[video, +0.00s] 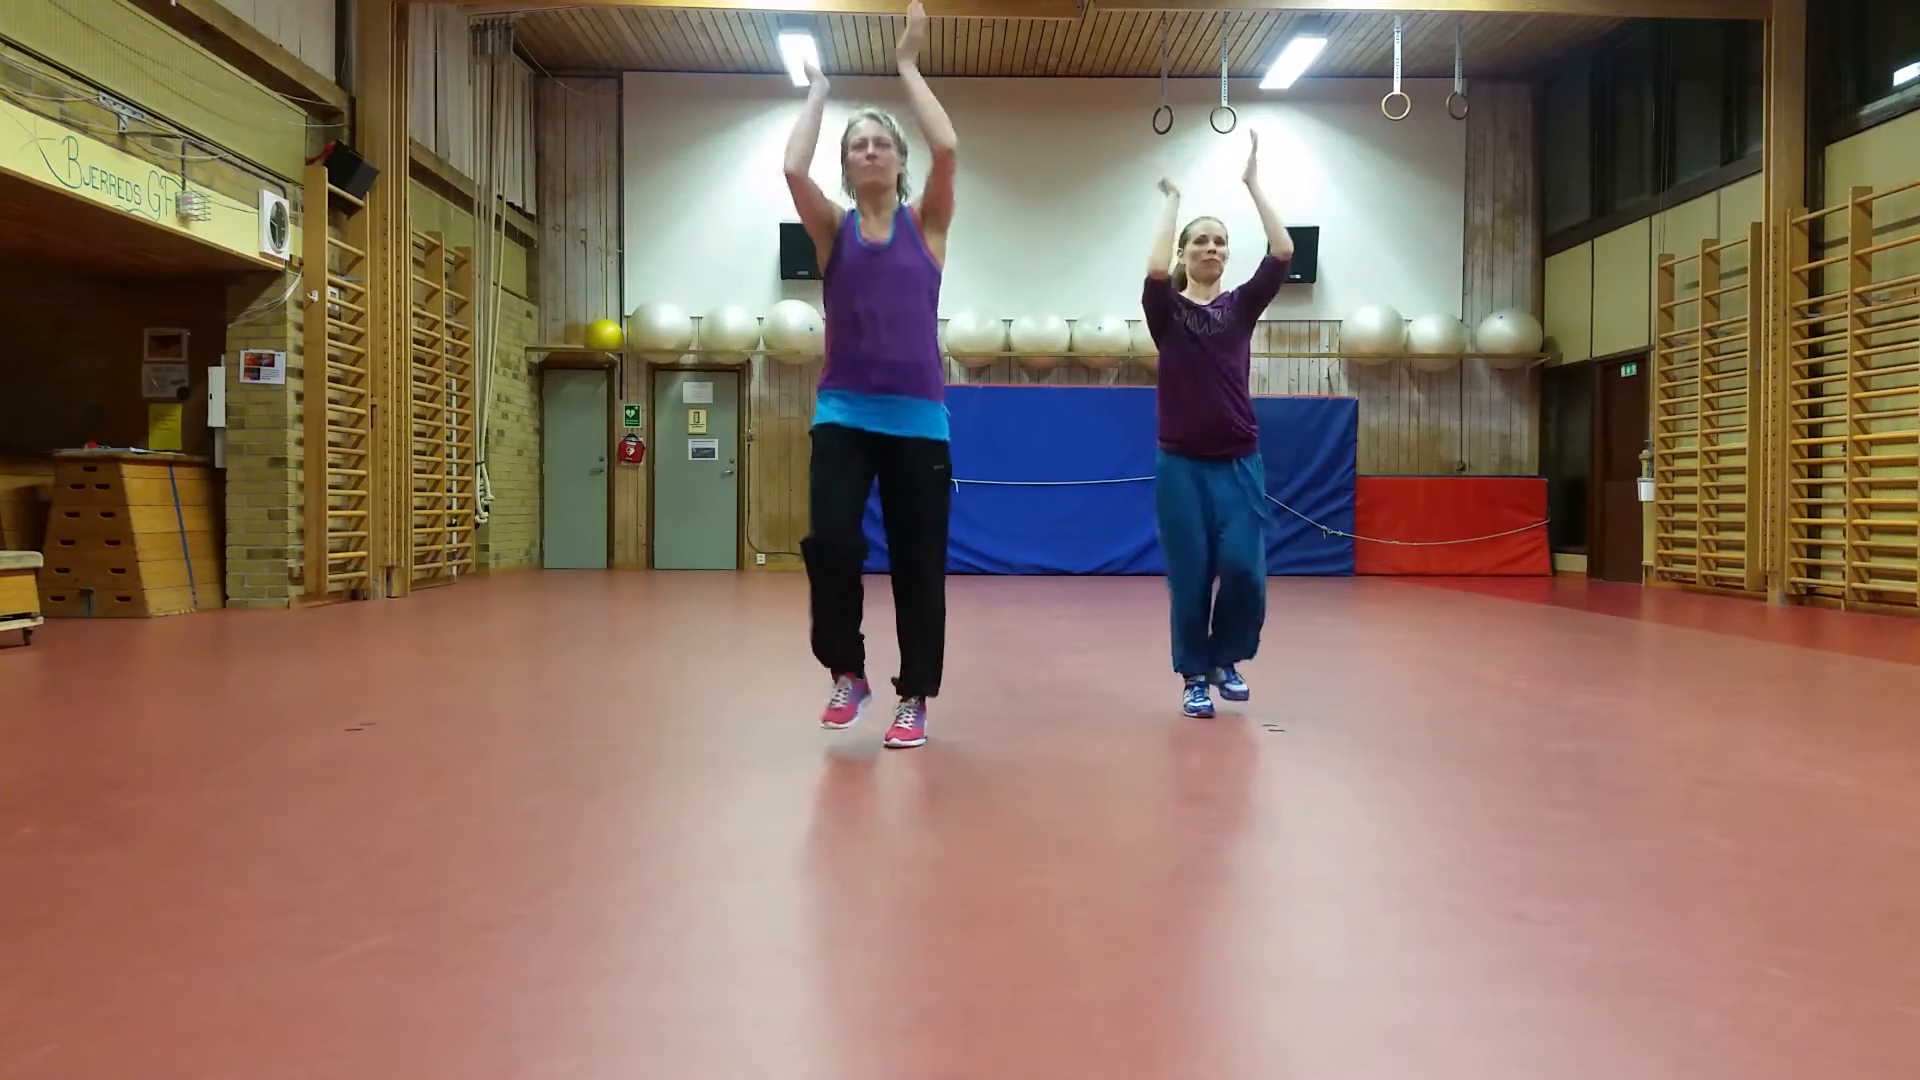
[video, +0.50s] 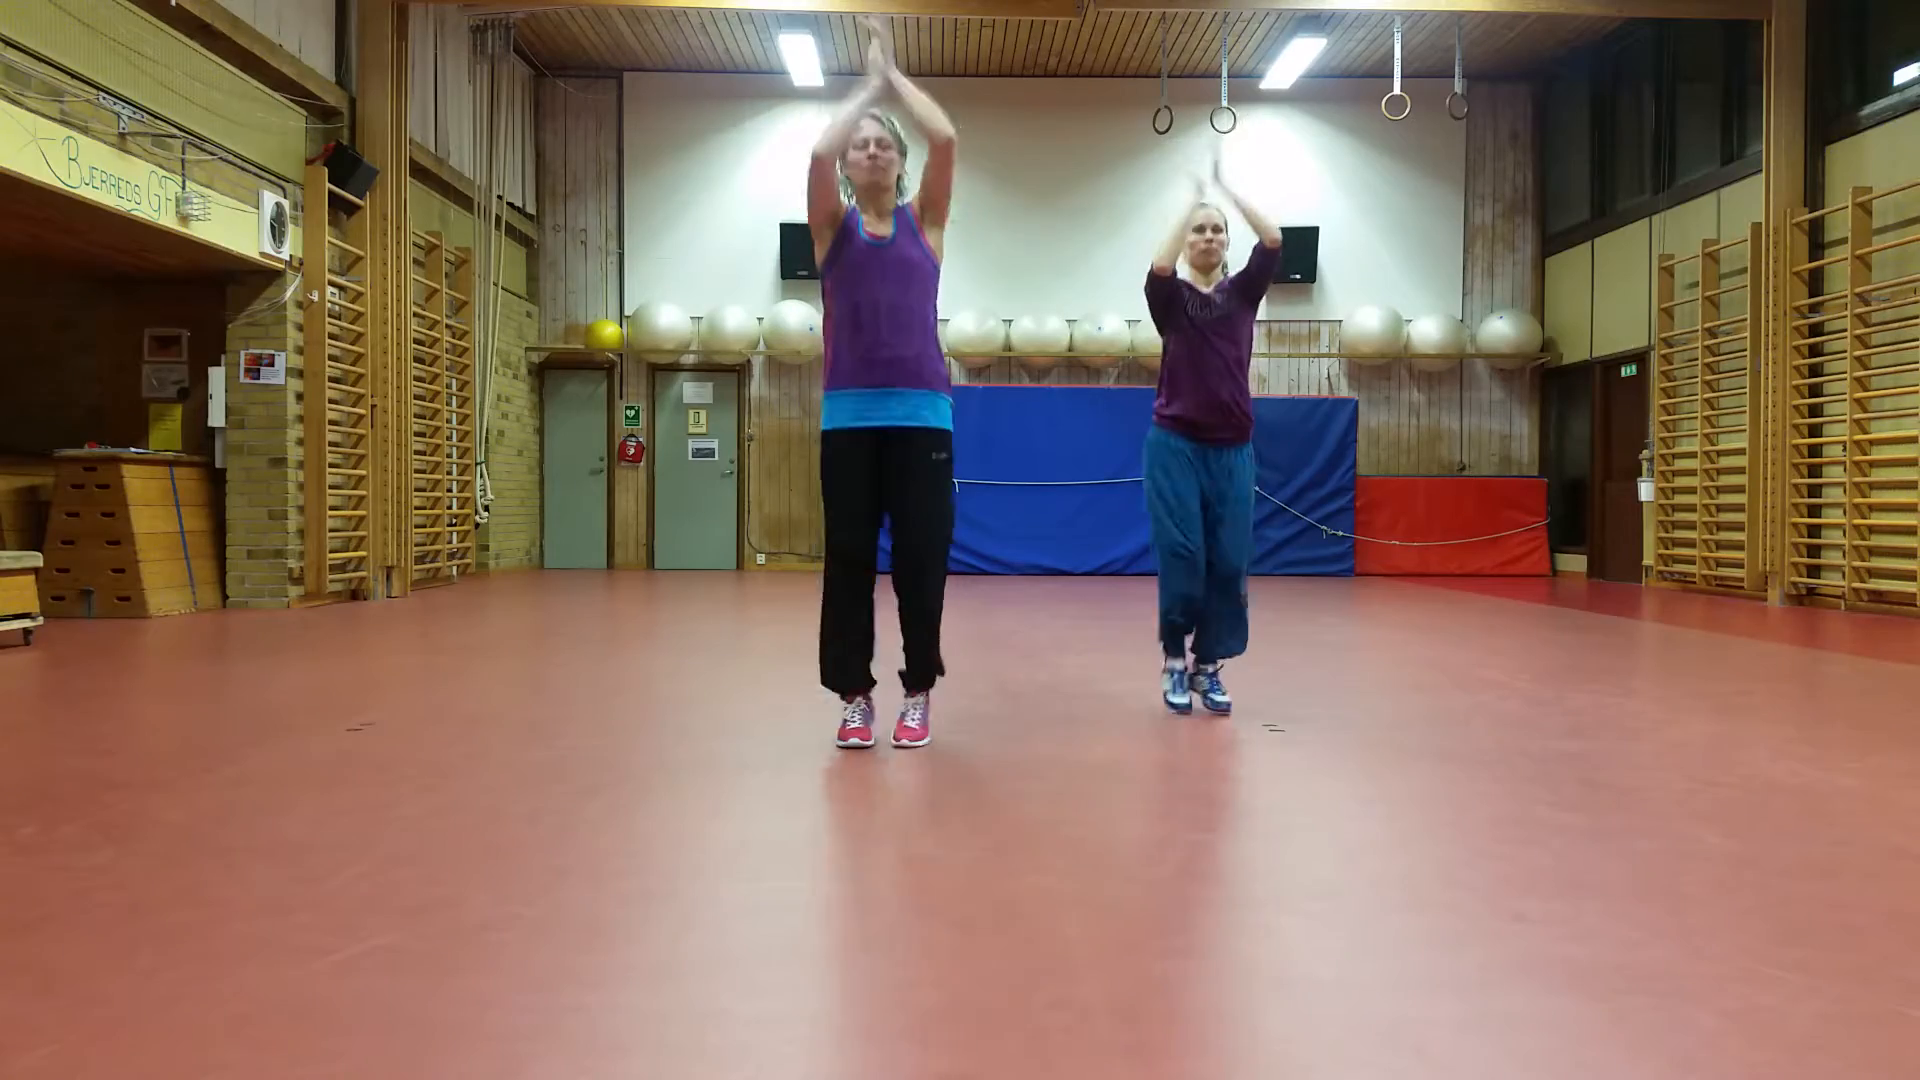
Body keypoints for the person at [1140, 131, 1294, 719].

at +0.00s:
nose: (1211, 250)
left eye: (1219, 243)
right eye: (1201, 243)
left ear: (1227, 255)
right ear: (1183, 254)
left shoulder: (1240, 306)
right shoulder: (1166, 312)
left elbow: (1282, 253)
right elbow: (1155, 272)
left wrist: (1252, 184)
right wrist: (1170, 202)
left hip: (1238, 460)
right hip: (1181, 460)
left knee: (1245, 568)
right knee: (1191, 571)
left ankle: (1225, 659)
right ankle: (1195, 677)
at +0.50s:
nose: (1210, 237)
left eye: (1217, 230)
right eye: (1200, 229)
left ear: (1227, 241)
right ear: (1182, 240)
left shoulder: (1242, 293)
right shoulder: (1169, 298)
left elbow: (1273, 240)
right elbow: (1160, 268)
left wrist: (1225, 189)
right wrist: (1189, 205)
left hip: (1232, 447)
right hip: (1174, 443)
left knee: (1229, 559)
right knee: (1183, 551)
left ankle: (1209, 668)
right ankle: (1175, 661)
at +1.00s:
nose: (1228, 248)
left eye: (1236, 243)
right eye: (1218, 241)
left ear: (1245, 259)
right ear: (1200, 256)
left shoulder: (1253, 307)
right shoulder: (1180, 310)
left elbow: (1292, 237)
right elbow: (1161, 260)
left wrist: (1243, 181)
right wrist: (1205, 195)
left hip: (1253, 460)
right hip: (1192, 462)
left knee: (1257, 574)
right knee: (1198, 576)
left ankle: (1253, 674)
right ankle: (1217, 673)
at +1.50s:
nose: (1210, 236)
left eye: (1219, 230)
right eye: (1201, 230)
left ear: (1230, 245)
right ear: (1186, 244)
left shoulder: (1246, 293)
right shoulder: (1171, 299)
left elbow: (1281, 211)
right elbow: (1146, 254)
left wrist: (1230, 159)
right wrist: (1177, 190)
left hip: (1238, 450)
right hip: (1180, 448)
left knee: (1237, 562)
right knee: (1170, 561)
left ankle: (1227, 666)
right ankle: (1173, 669)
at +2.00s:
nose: (1216, 226)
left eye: (1225, 221)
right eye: (1206, 221)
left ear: (1239, 236)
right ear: (1192, 236)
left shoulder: (1252, 284)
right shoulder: (1179, 286)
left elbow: (1278, 201)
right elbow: (1149, 240)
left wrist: (1228, 144)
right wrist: (1170, 165)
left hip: (1238, 438)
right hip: (1181, 434)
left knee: (1239, 552)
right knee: (1181, 547)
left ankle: (1227, 658)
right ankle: (1180, 658)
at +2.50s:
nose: (1230, 247)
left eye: (1238, 242)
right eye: (1218, 241)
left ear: (1248, 259)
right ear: (1200, 258)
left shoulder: (1260, 307)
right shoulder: (1187, 311)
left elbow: (1300, 235)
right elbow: (1169, 257)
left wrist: (1249, 192)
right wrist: (1219, 205)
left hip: (1263, 456)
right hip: (1203, 458)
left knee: (1270, 567)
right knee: (1204, 568)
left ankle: (1267, 669)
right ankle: (1227, 668)